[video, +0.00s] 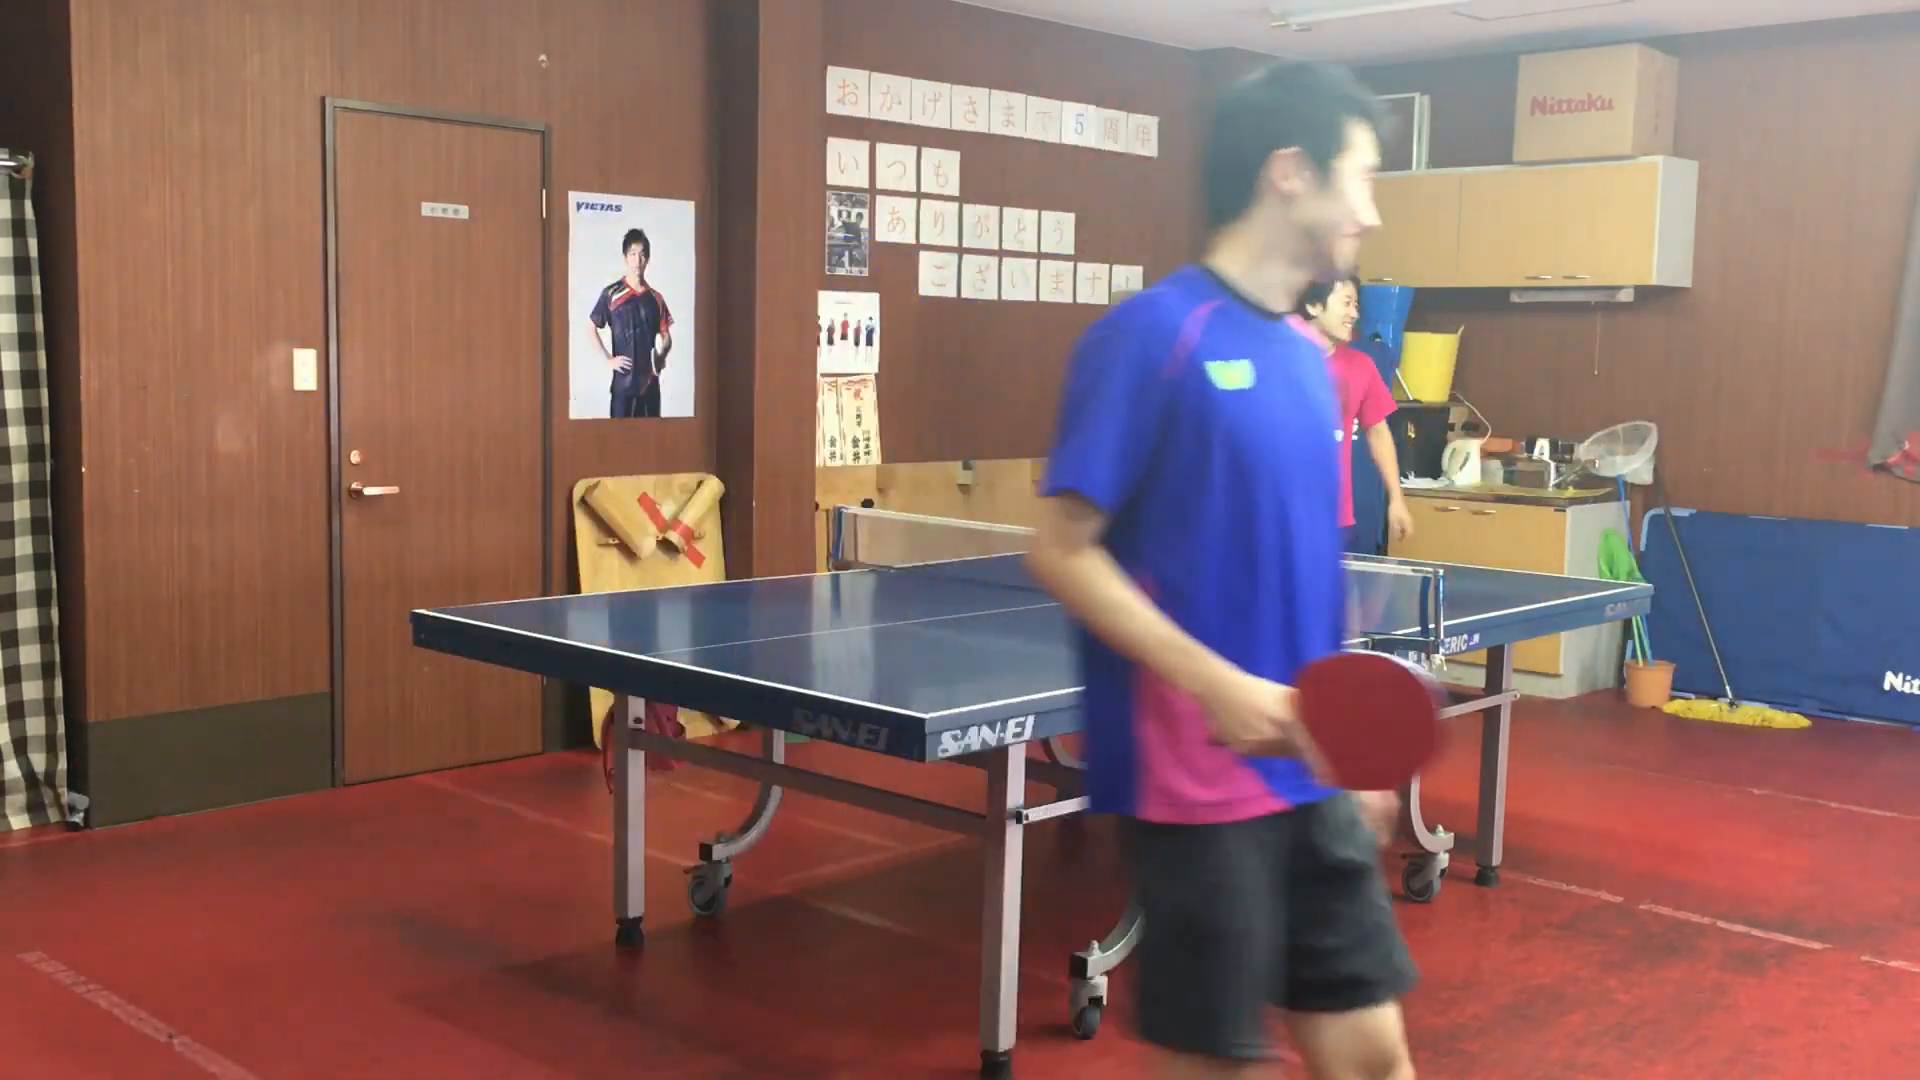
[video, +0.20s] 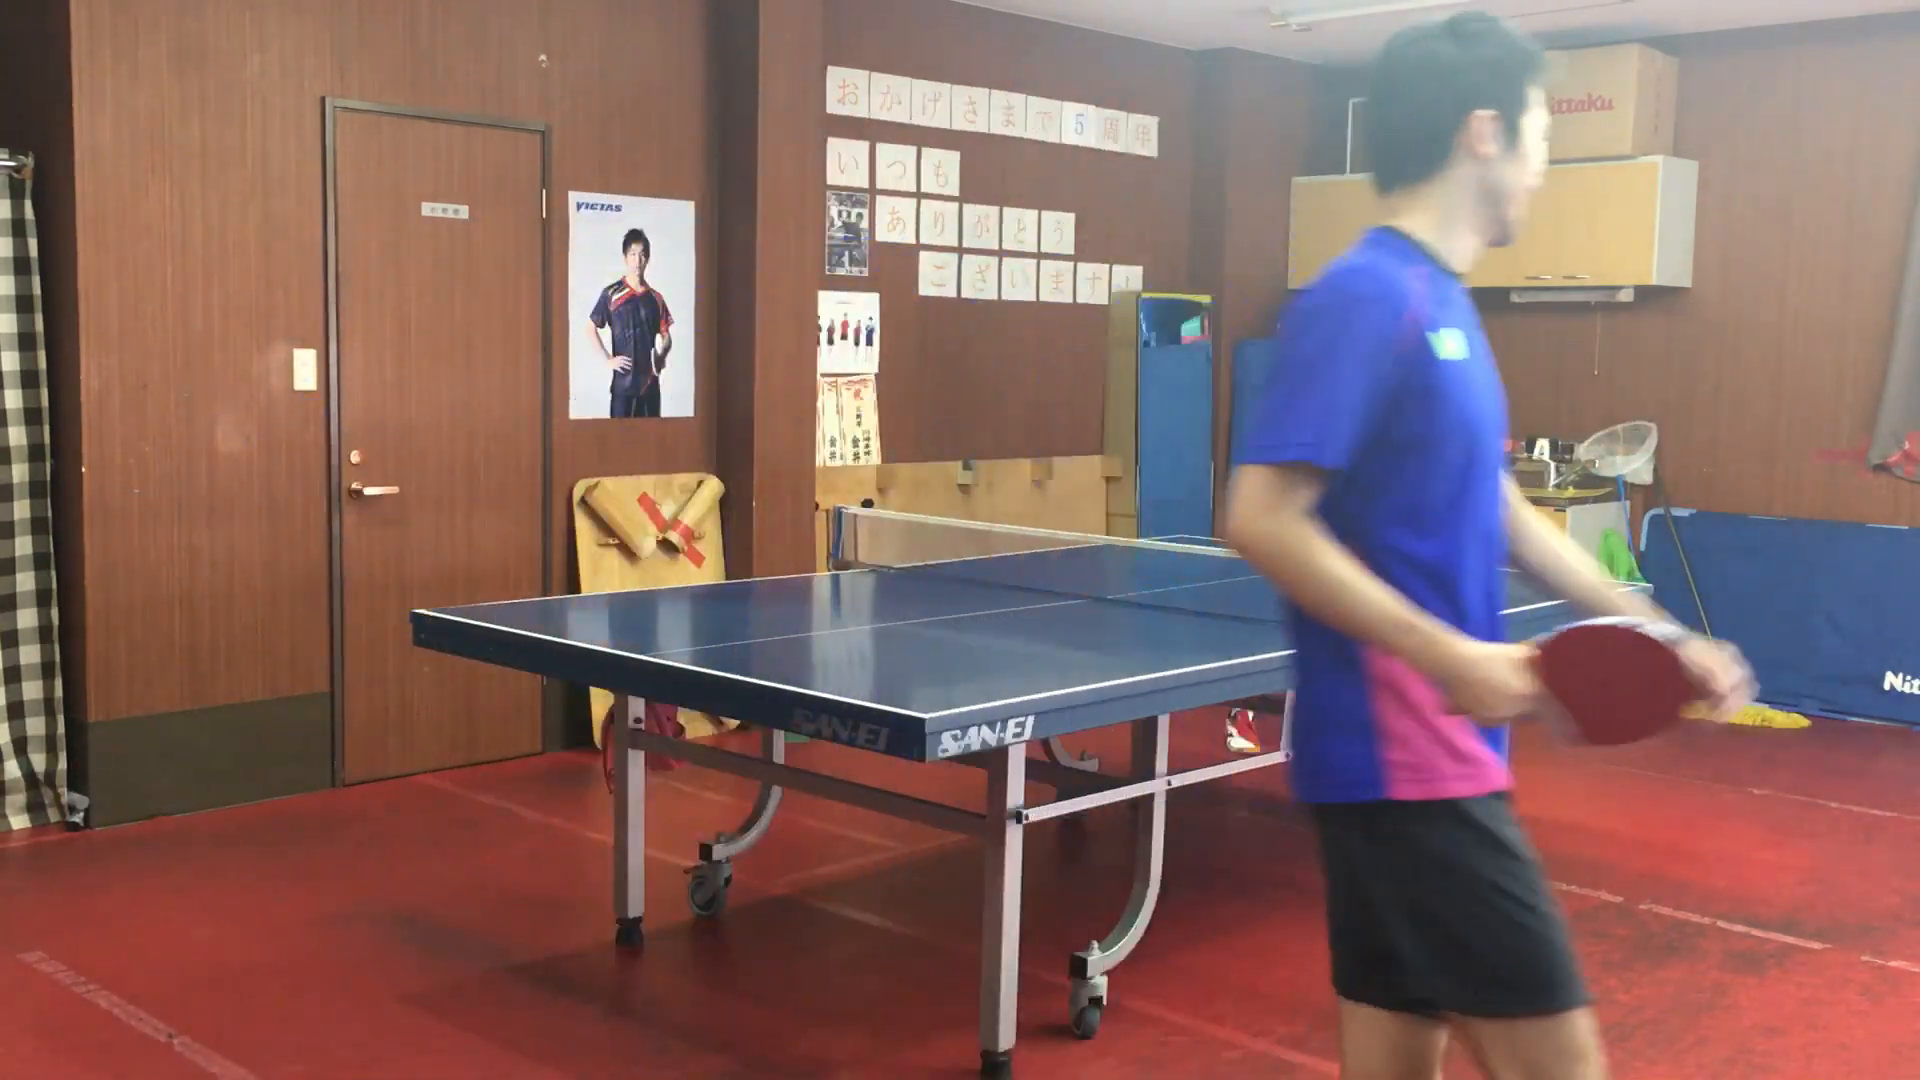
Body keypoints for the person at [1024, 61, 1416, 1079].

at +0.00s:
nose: (1373, 216)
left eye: (1374, 185)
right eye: (1362, 180)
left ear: (1292, 181)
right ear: (1286, 178)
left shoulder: (1312, 357)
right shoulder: (1149, 334)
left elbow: (1297, 573)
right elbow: (1057, 545)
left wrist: (1350, 741)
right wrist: (1219, 685)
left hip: (1306, 772)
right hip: (1193, 785)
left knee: (1369, 1055)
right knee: (1203, 1058)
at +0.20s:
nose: (1543, 172)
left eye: (1544, 142)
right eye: (1539, 138)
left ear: (1466, 140)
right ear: (1480, 137)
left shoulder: (1441, 306)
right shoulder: (1364, 298)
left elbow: (1498, 508)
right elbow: (1259, 517)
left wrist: (1656, 637)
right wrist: (1452, 657)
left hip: (1421, 750)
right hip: (1402, 762)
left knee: (1387, 1058)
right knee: (1557, 1060)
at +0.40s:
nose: (1714, 186)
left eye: (1713, 158)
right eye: (1711, 155)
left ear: (1557, 158)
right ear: (1669, 155)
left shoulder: (1542, 300)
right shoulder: (1604, 311)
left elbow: (1589, 516)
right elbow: (1575, 554)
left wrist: (1751, 567)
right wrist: (1788, 646)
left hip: (1521, 762)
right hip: (1613, 779)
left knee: (1514, 1038)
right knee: (1702, 1056)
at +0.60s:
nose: (1886, 170)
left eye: (1886, 143)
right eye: (1885, 142)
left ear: (1714, 150)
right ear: (1855, 146)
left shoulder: (1650, 317)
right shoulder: (1861, 314)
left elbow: (1643, 537)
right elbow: (1911, 564)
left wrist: (1843, 587)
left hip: (1676, 770)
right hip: (1812, 786)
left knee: (1765, 1034)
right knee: (1850, 1053)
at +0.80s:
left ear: (1866, 149)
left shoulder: (1778, 316)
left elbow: (1682, 525)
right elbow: (1687, 526)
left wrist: (1805, 553)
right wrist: (1805, 554)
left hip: (1799, 764)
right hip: (1900, 773)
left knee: (1869, 1041)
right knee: (1885, 1051)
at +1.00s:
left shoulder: (1875, 332)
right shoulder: (1871, 333)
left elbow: (1786, 535)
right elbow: (1787, 534)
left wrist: (1875, 611)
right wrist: (1877, 612)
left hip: (1893, 724)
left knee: (1917, 996)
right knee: (1912, 993)